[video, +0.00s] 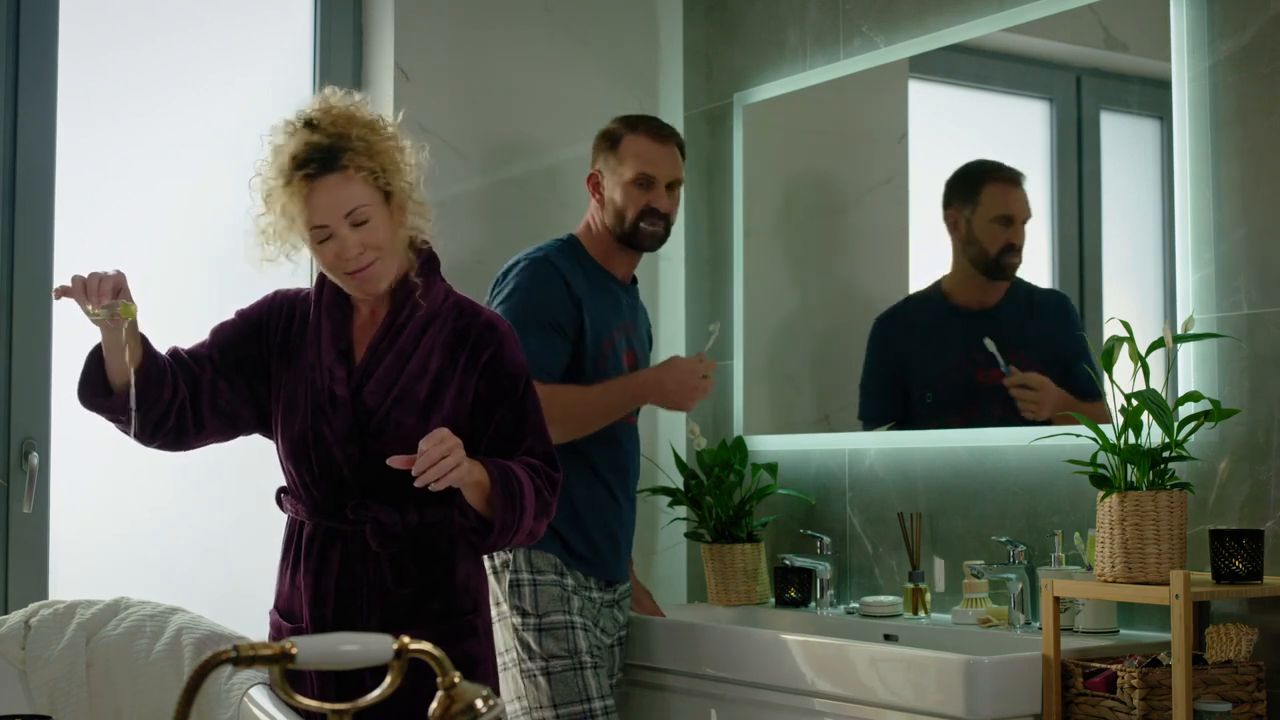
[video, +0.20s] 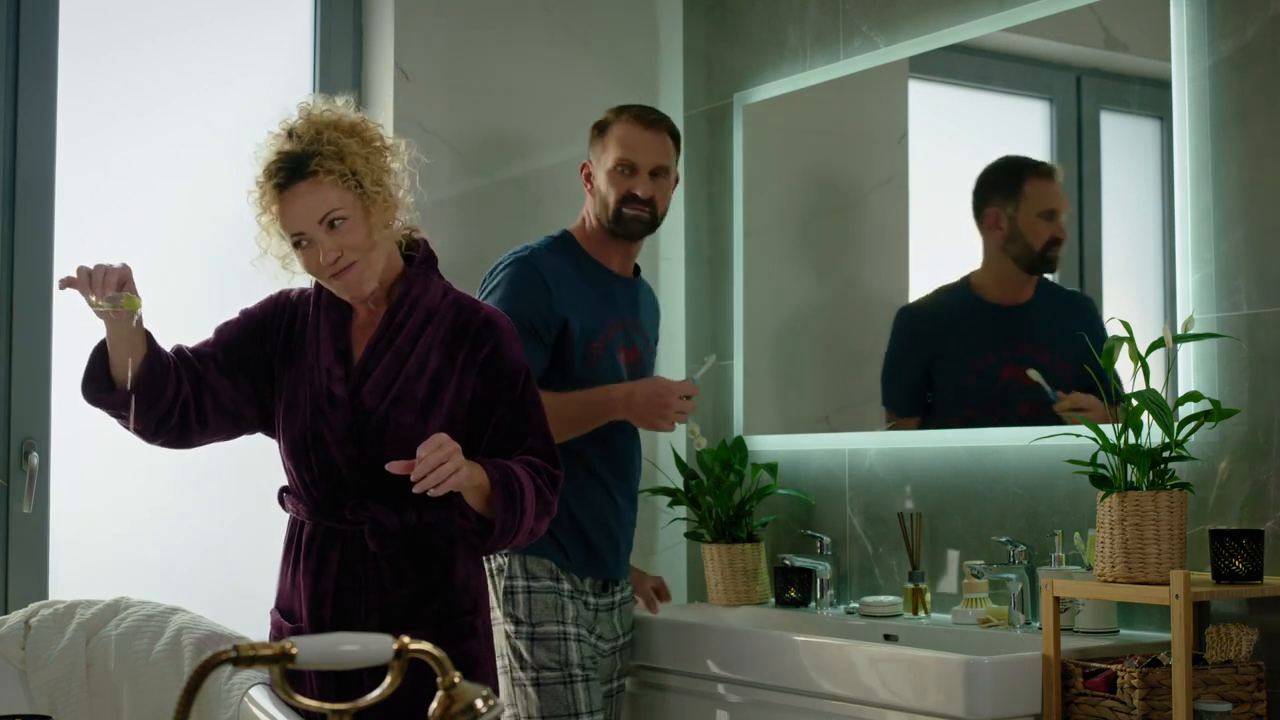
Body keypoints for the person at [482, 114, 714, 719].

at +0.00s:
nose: (660, 203)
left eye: (672, 187)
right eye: (642, 183)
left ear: (681, 193)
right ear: (597, 185)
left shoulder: (630, 304)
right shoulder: (539, 279)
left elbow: (603, 461)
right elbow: (514, 413)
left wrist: (626, 579)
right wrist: (646, 387)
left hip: (601, 577)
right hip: (541, 567)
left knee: (587, 708)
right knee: (570, 710)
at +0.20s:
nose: (641, 189)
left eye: (658, 175)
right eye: (624, 170)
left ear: (673, 186)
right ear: (588, 176)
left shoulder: (640, 300)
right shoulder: (526, 278)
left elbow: (608, 448)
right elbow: (497, 420)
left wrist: (622, 564)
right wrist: (623, 401)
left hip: (604, 573)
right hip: (535, 566)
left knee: (598, 709)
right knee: (556, 712)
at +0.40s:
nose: (621, 181)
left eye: (642, 168)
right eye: (608, 162)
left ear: (670, 184)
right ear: (584, 166)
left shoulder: (656, 296)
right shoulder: (516, 272)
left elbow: (637, 441)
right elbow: (485, 422)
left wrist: (642, 560)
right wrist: (603, 406)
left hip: (607, 574)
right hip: (526, 567)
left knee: (601, 711)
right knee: (546, 712)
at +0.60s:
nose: (613, 178)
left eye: (636, 164)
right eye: (601, 156)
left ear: (668, 178)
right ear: (579, 156)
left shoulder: (668, 295)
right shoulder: (508, 265)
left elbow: (682, 441)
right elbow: (469, 413)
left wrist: (710, 563)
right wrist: (573, 404)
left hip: (604, 566)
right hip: (513, 556)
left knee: (594, 712)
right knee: (523, 714)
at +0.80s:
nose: (605, 178)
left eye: (629, 163)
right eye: (596, 156)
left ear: (665, 178)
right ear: (578, 152)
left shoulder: (677, 297)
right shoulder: (501, 264)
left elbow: (697, 447)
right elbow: (454, 397)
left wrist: (737, 569)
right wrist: (549, 407)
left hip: (605, 572)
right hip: (505, 561)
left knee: (592, 711)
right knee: (508, 713)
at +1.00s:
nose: (601, 187)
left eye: (627, 173)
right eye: (593, 163)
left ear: (667, 183)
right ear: (578, 155)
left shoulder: (679, 300)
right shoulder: (499, 265)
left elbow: (697, 456)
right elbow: (447, 400)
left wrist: (719, 592)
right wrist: (538, 413)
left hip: (602, 574)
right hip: (499, 561)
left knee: (592, 709)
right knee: (503, 712)